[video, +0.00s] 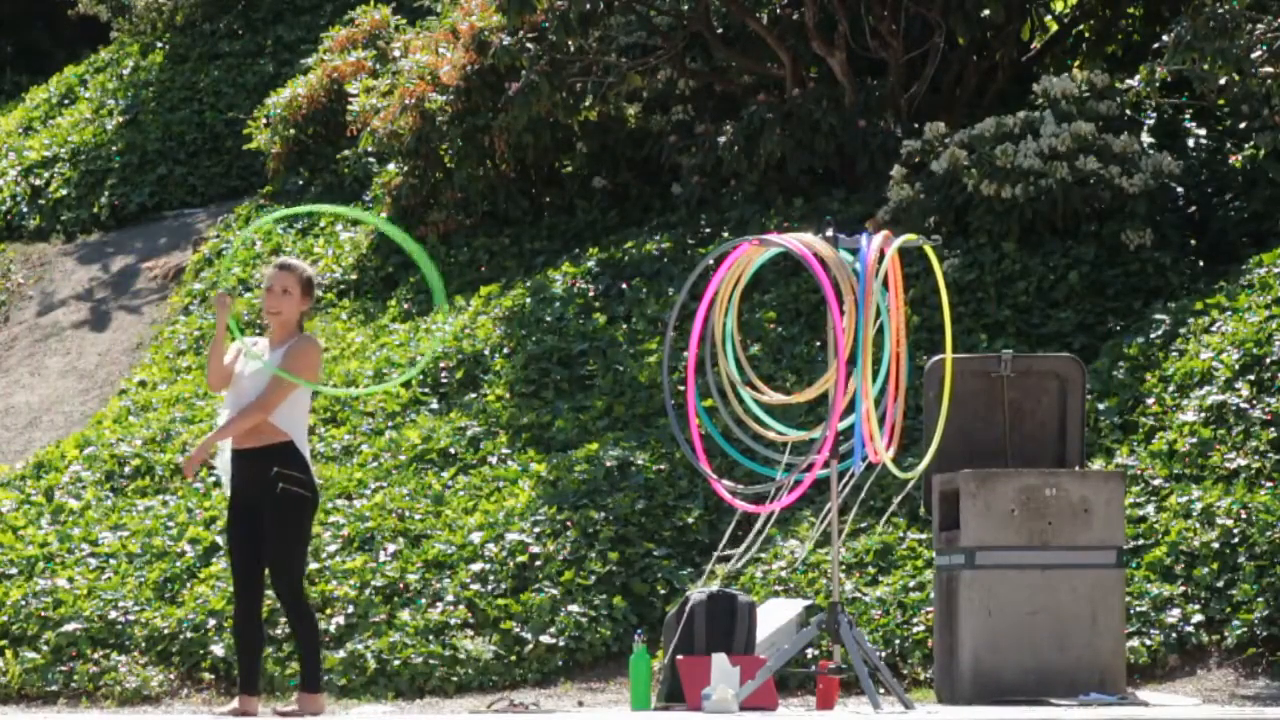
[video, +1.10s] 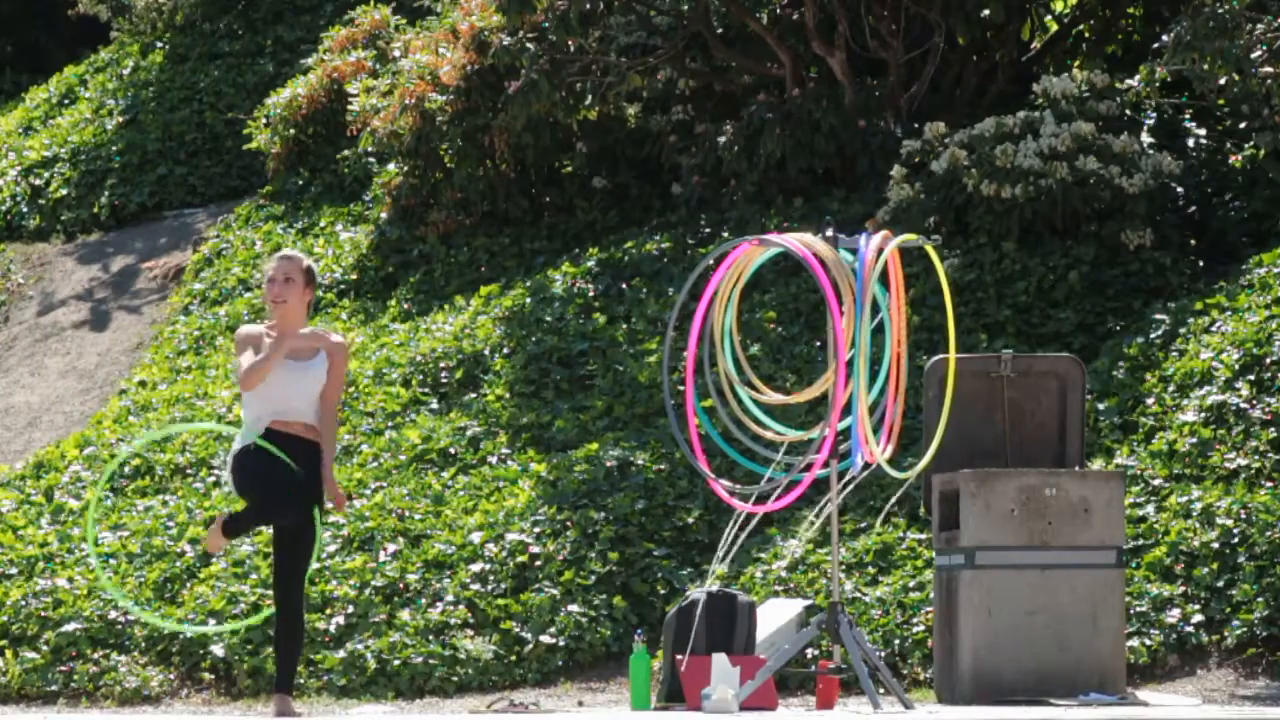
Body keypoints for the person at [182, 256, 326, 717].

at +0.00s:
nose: (273, 297)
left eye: (285, 292)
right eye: (269, 289)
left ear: (305, 302)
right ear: (262, 295)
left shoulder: (304, 349)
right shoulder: (246, 345)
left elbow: (264, 409)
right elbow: (215, 380)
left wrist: (207, 443)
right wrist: (221, 323)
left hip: (286, 474)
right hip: (245, 475)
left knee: (288, 586)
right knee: (246, 589)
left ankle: (311, 694)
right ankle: (248, 697)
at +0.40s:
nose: (261, 282)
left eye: (272, 277)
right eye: (256, 277)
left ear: (291, 292)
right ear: (248, 291)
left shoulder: (310, 337)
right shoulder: (232, 341)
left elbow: (286, 404)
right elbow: (248, 367)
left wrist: (221, 420)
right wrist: (287, 337)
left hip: (294, 468)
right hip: (246, 468)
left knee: (282, 585)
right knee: (241, 585)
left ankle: (283, 695)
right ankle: (247, 694)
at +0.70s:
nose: (262, 286)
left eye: (273, 280)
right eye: (257, 280)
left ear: (295, 293)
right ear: (249, 292)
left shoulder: (321, 344)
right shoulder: (241, 343)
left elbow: (308, 409)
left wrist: (250, 424)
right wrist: (326, 346)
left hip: (302, 462)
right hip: (251, 461)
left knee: (290, 584)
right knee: (231, 568)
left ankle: (285, 695)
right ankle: (233, 647)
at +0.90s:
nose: (269, 287)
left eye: (279, 281)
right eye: (265, 281)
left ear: (301, 293)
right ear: (258, 291)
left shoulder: (327, 347)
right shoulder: (246, 340)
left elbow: (317, 413)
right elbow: (268, 376)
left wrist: (292, 452)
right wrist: (317, 340)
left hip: (305, 457)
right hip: (253, 453)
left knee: (290, 582)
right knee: (272, 512)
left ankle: (284, 694)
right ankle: (232, 574)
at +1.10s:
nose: (276, 288)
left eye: (287, 281)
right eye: (271, 281)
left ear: (309, 290)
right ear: (264, 290)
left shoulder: (332, 346)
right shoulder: (250, 336)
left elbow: (329, 410)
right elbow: (247, 381)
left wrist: (328, 472)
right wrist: (279, 341)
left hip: (307, 456)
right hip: (258, 448)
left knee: (289, 586)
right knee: (285, 499)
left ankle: (284, 694)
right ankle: (225, 530)